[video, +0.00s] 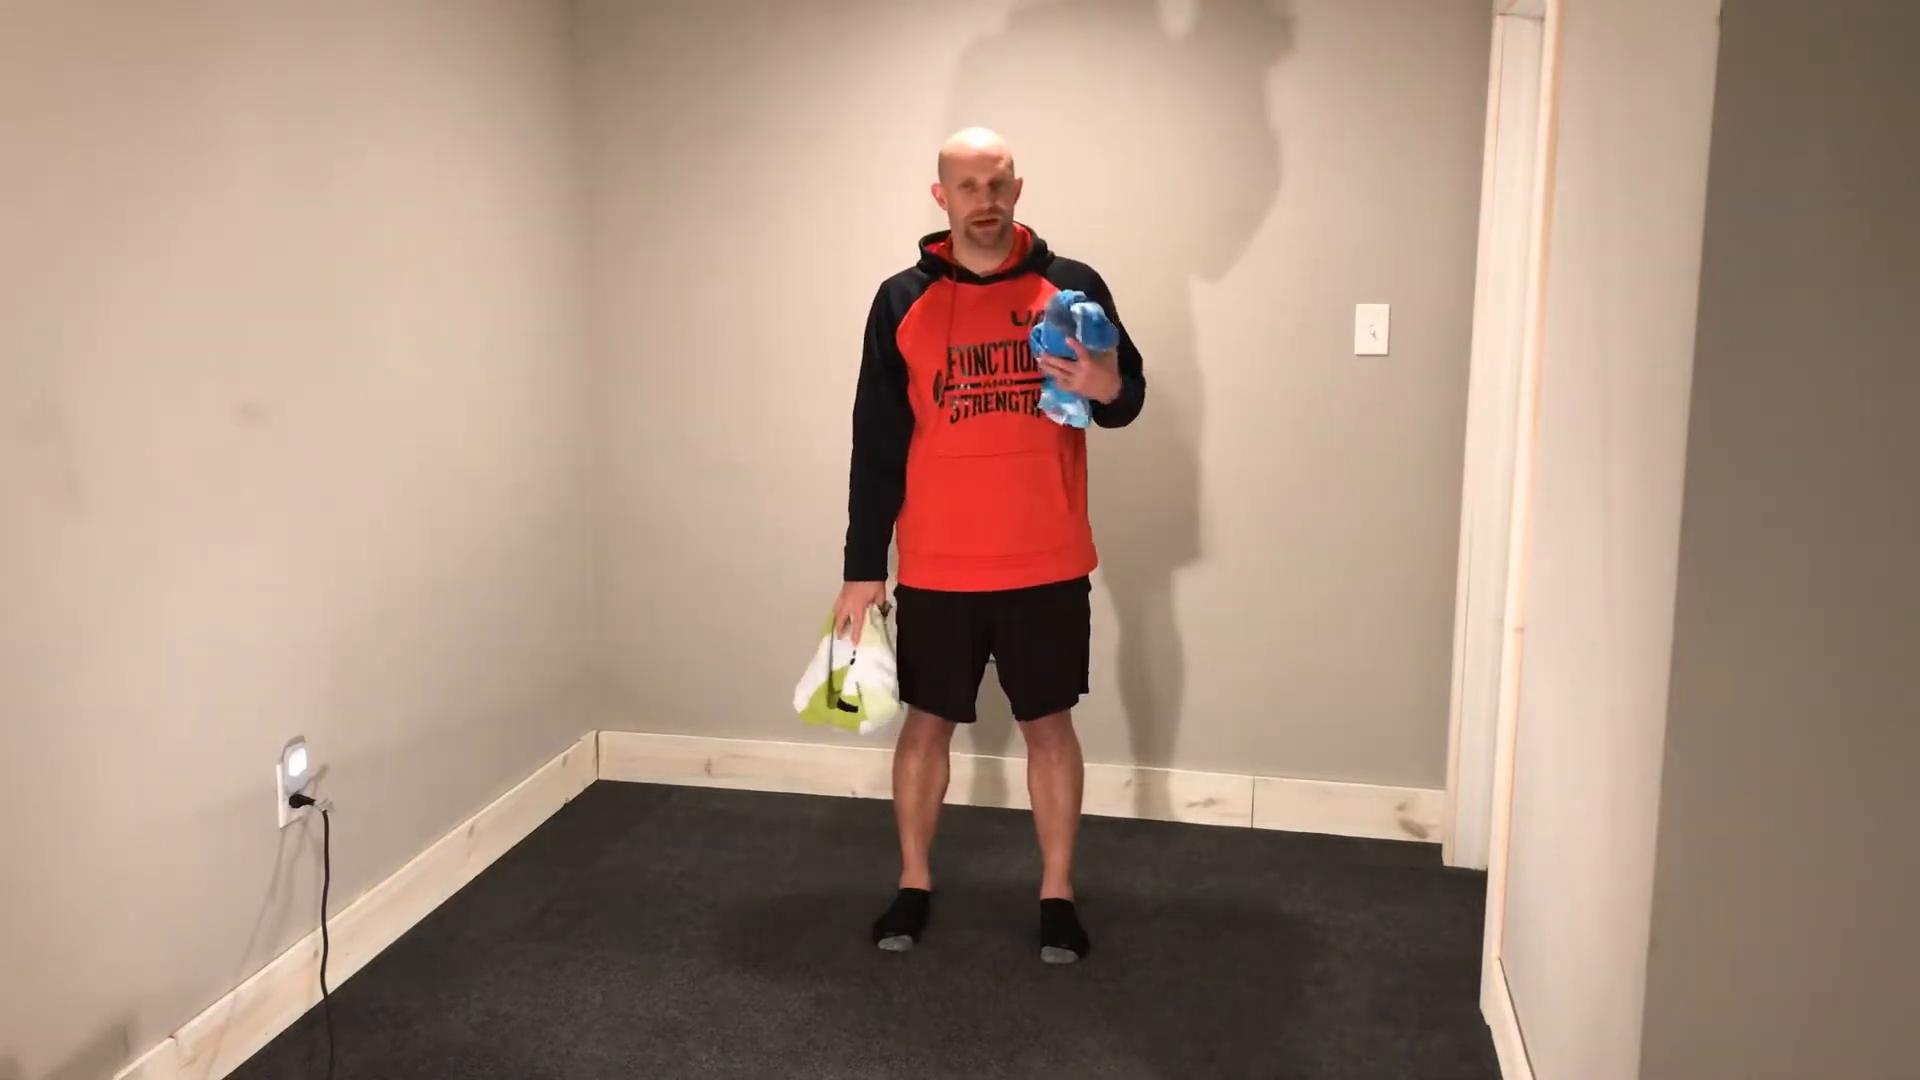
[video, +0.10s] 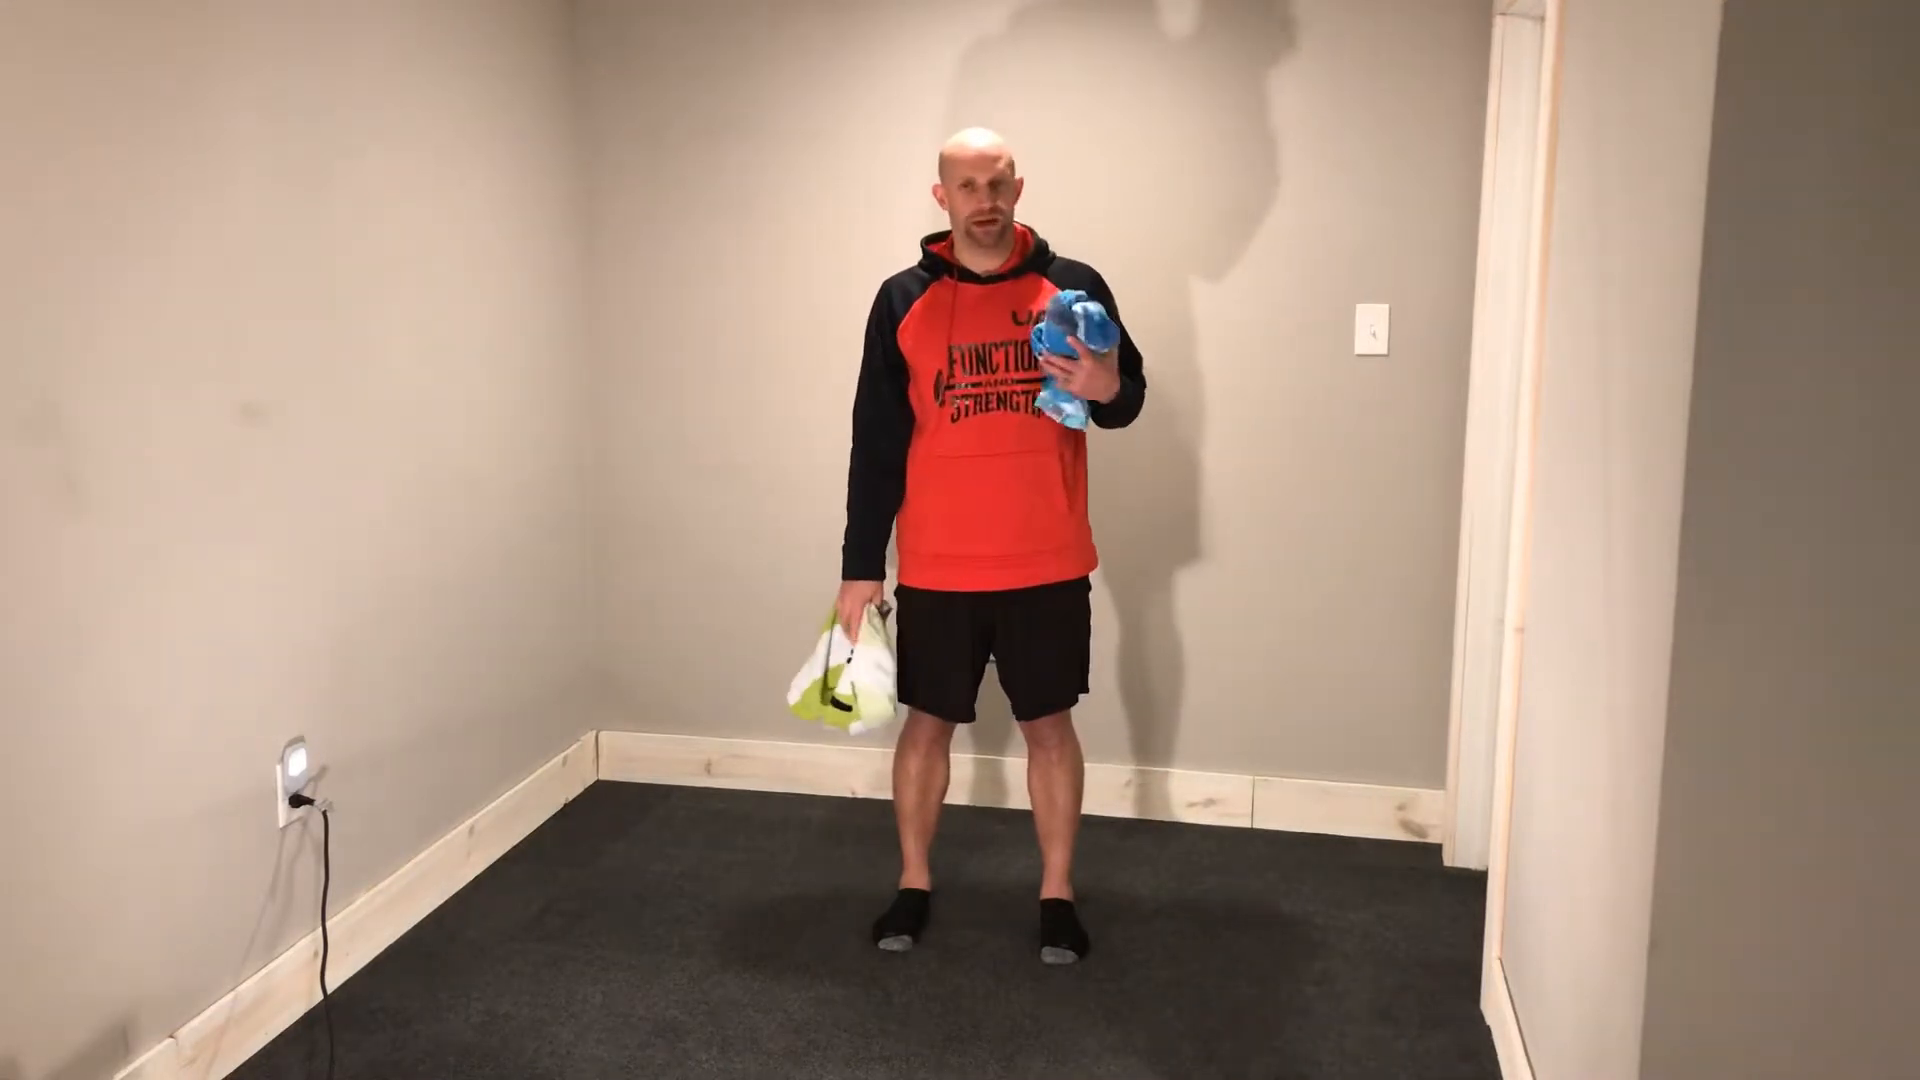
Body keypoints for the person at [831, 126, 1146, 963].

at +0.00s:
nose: (984, 202)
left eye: (998, 186)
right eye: (968, 187)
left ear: (1018, 190)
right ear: (941, 193)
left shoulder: (1070, 289)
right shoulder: (902, 301)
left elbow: (1127, 397)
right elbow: (877, 441)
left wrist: (1109, 388)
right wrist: (863, 568)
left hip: (1045, 562)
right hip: (936, 565)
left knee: (1049, 727)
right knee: (925, 724)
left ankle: (1058, 897)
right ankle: (912, 889)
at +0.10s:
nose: (984, 202)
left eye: (998, 185)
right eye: (968, 186)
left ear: (1019, 189)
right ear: (941, 194)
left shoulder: (1071, 289)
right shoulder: (904, 299)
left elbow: (1127, 400)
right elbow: (877, 439)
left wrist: (1110, 387)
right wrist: (861, 565)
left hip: (1045, 561)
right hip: (938, 564)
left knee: (1048, 725)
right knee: (926, 723)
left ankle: (1058, 897)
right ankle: (912, 889)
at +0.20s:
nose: (987, 200)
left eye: (1000, 184)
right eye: (970, 185)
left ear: (1021, 189)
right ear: (944, 194)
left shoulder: (1073, 290)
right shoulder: (906, 299)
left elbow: (1127, 400)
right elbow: (876, 439)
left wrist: (1106, 398)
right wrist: (857, 562)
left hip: (1045, 560)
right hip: (938, 563)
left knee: (1048, 725)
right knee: (926, 721)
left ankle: (1059, 897)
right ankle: (912, 888)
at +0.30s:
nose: (984, 198)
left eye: (999, 183)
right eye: (969, 184)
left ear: (1023, 189)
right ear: (946, 192)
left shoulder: (1078, 290)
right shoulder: (906, 297)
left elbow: (1123, 405)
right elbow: (875, 437)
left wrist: (1099, 414)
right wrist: (856, 559)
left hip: (1045, 560)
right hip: (939, 562)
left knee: (1048, 725)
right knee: (927, 721)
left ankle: (1058, 898)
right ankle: (912, 889)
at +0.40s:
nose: (982, 196)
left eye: (997, 181)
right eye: (967, 182)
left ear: (1026, 188)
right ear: (949, 192)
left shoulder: (1082, 292)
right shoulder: (908, 297)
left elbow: (1123, 404)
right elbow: (876, 437)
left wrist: (1094, 439)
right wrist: (855, 560)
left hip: (1046, 562)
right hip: (938, 563)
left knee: (1049, 725)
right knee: (925, 722)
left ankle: (1058, 897)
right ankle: (911, 889)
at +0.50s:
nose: (980, 196)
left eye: (996, 181)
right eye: (966, 183)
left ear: (1028, 188)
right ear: (950, 193)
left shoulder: (1084, 292)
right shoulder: (910, 296)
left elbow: (1124, 399)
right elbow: (875, 433)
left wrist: (1090, 438)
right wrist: (845, 554)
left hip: (1045, 559)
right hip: (938, 561)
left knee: (1048, 725)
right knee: (926, 720)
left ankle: (1058, 897)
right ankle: (912, 888)